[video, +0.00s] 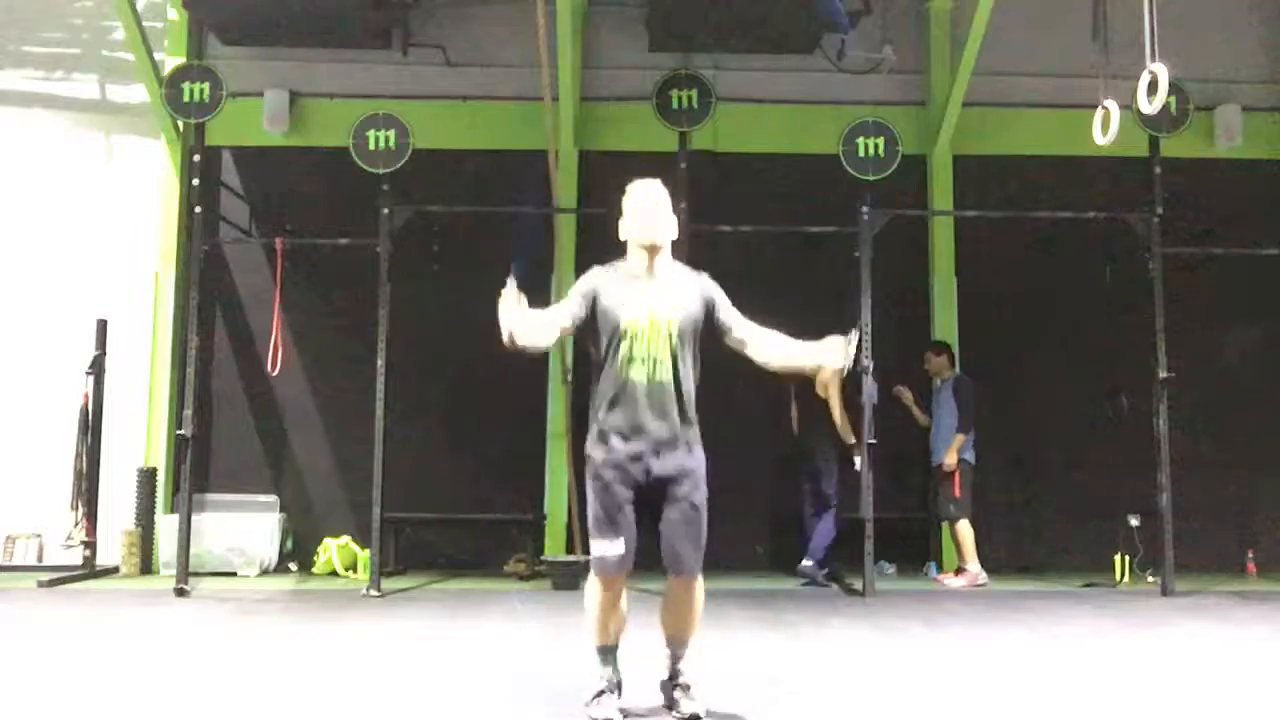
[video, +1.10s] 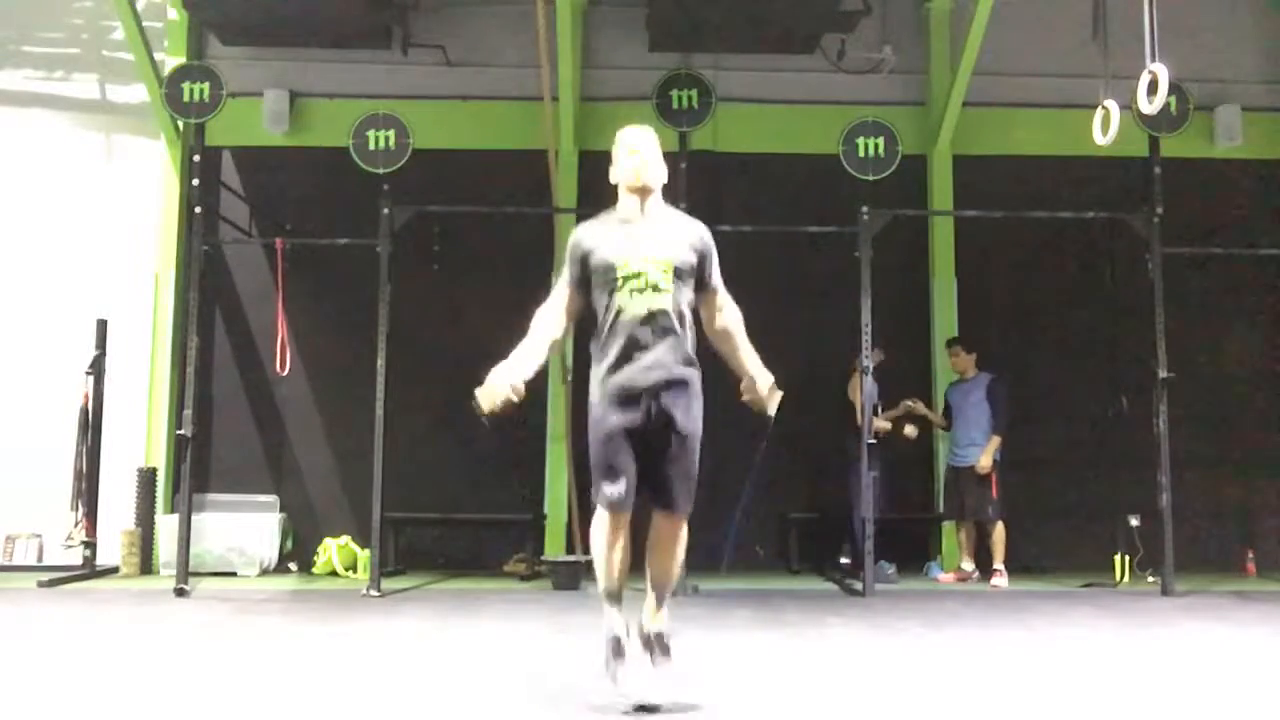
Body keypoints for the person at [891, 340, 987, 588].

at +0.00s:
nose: (926, 365)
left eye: (929, 359)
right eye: (925, 360)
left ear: (944, 358)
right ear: (937, 361)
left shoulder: (961, 384)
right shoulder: (936, 389)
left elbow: (966, 422)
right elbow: (928, 422)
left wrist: (953, 450)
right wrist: (911, 404)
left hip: (958, 457)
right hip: (940, 458)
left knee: (958, 514)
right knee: (949, 515)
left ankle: (973, 568)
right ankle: (964, 566)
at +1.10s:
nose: (952, 361)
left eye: (956, 356)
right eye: (950, 356)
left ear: (972, 356)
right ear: (951, 359)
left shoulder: (991, 384)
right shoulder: (952, 390)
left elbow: (1000, 423)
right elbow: (947, 424)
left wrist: (988, 453)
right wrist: (925, 411)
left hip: (983, 460)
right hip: (957, 463)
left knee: (991, 517)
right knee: (962, 517)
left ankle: (998, 569)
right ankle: (967, 567)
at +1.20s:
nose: (957, 360)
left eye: (961, 354)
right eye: (956, 355)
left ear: (977, 355)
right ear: (957, 358)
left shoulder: (997, 384)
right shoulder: (955, 389)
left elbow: (1007, 424)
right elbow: (950, 423)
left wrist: (996, 456)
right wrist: (925, 411)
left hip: (987, 461)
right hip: (960, 463)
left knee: (994, 517)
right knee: (963, 517)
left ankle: (999, 568)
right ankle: (966, 567)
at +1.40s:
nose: (959, 361)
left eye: (963, 355)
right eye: (958, 356)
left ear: (980, 355)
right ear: (962, 357)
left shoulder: (1003, 384)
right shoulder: (961, 389)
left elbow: (1019, 423)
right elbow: (955, 423)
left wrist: (1018, 457)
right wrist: (924, 412)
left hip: (994, 460)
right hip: (964, 461)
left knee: (996, 517)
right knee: (962, 515)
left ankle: (999, 569)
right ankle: (968, 567)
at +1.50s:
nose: (959, 361)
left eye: (963, 356)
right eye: (958, 356)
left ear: (979, 355)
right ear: (963, 357)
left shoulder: (1003, 384)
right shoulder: (962, 388)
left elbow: (1021, 421)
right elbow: (956, 423)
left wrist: (1024, 457)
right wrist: (924, 413)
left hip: (994, 460)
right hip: (965, 461)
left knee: (996, 517)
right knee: (959, 514)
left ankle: (999, 569)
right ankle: (968, 566)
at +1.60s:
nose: (958, 361)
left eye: (962, 356)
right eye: (957, 356)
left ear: (978, 355)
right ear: (966, 357)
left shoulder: (1003, 384)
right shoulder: (963, 387)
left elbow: (1020, 422)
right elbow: (957, 421)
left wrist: (1021, 459)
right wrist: (925, 417)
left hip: (994, 461)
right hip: (964, 461)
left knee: (996, 517)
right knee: (958, 514)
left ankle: (999, 569)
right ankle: (964, 568)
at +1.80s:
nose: (951, 363)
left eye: (954, 357)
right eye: (950, 358)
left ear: (969, 356)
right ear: (958, 359)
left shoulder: (994, 385)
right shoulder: (956, 389)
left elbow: (1009, 424)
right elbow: (952, 422)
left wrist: (998, 461)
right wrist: (920, 428)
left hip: (987, 462)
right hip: (960, 462)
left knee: (994, 517)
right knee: (956, 515)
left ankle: (999, 569)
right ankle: (954, 570)